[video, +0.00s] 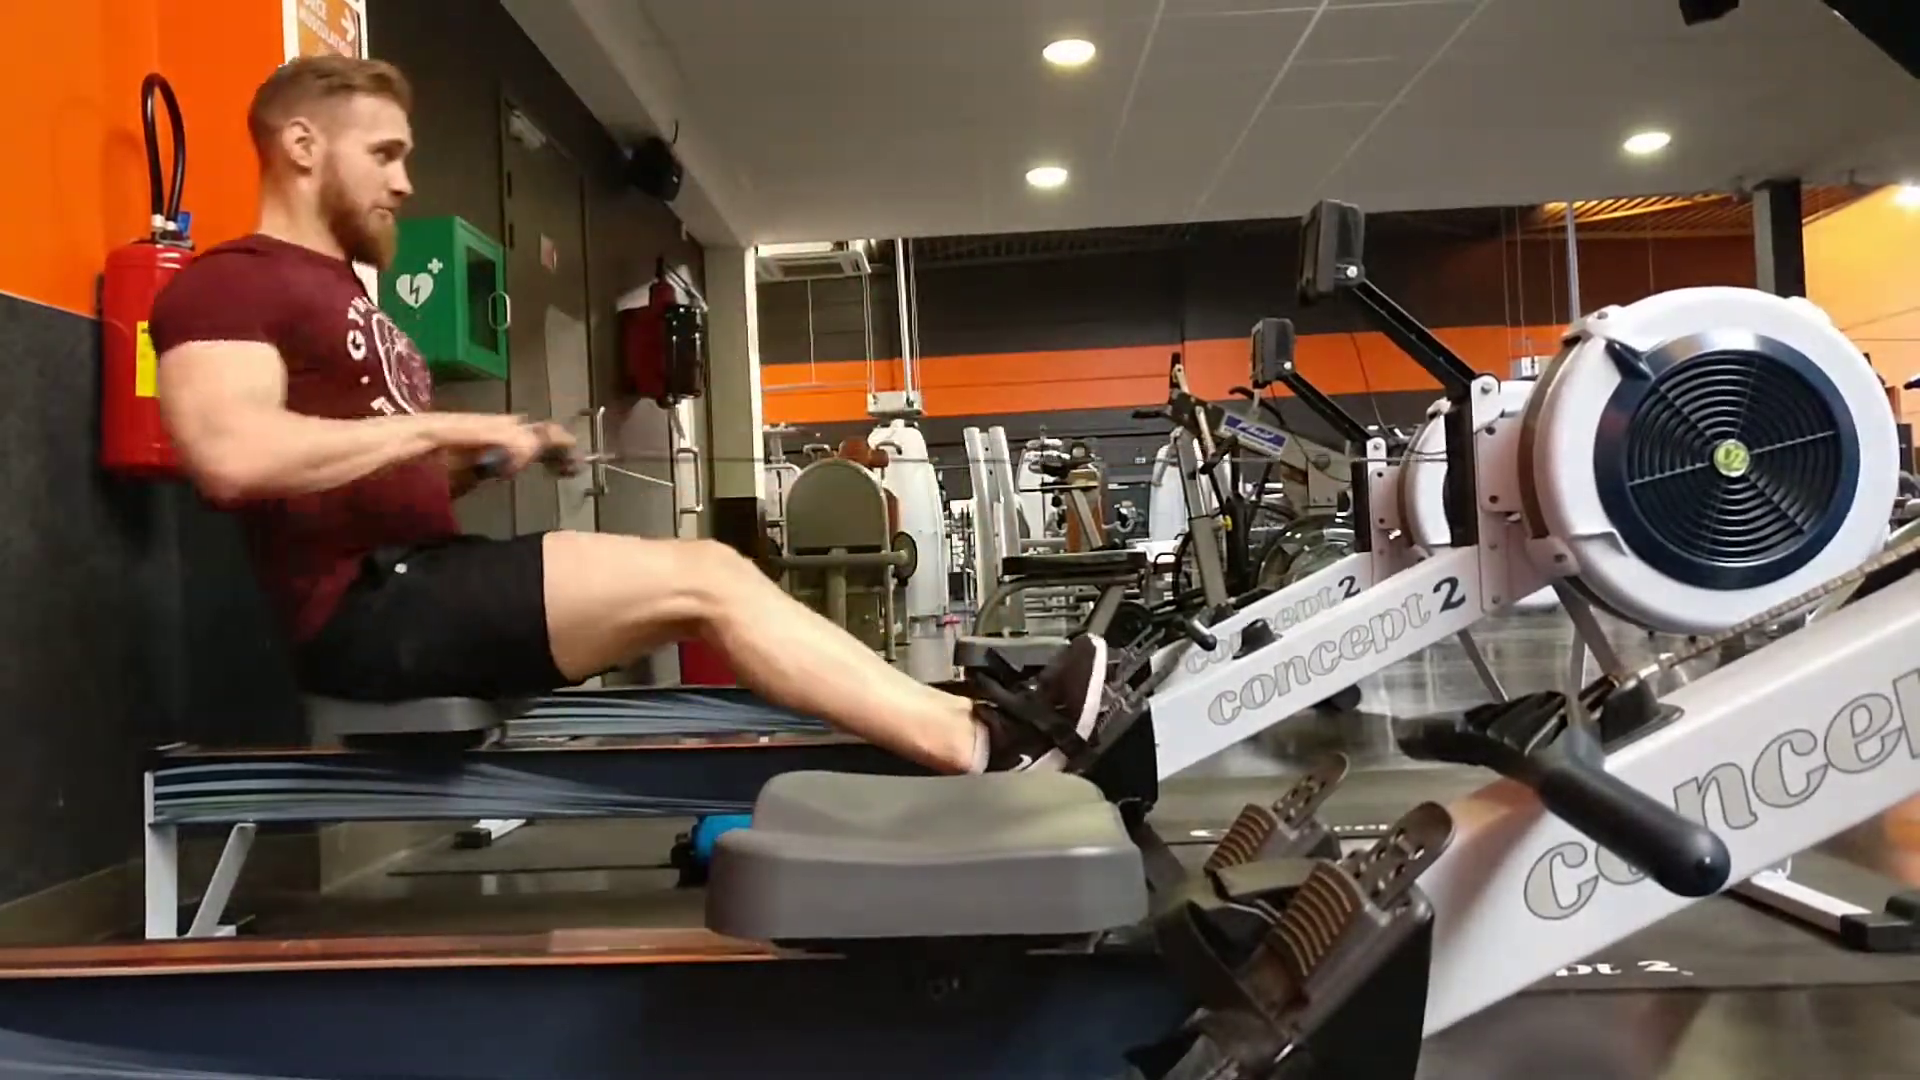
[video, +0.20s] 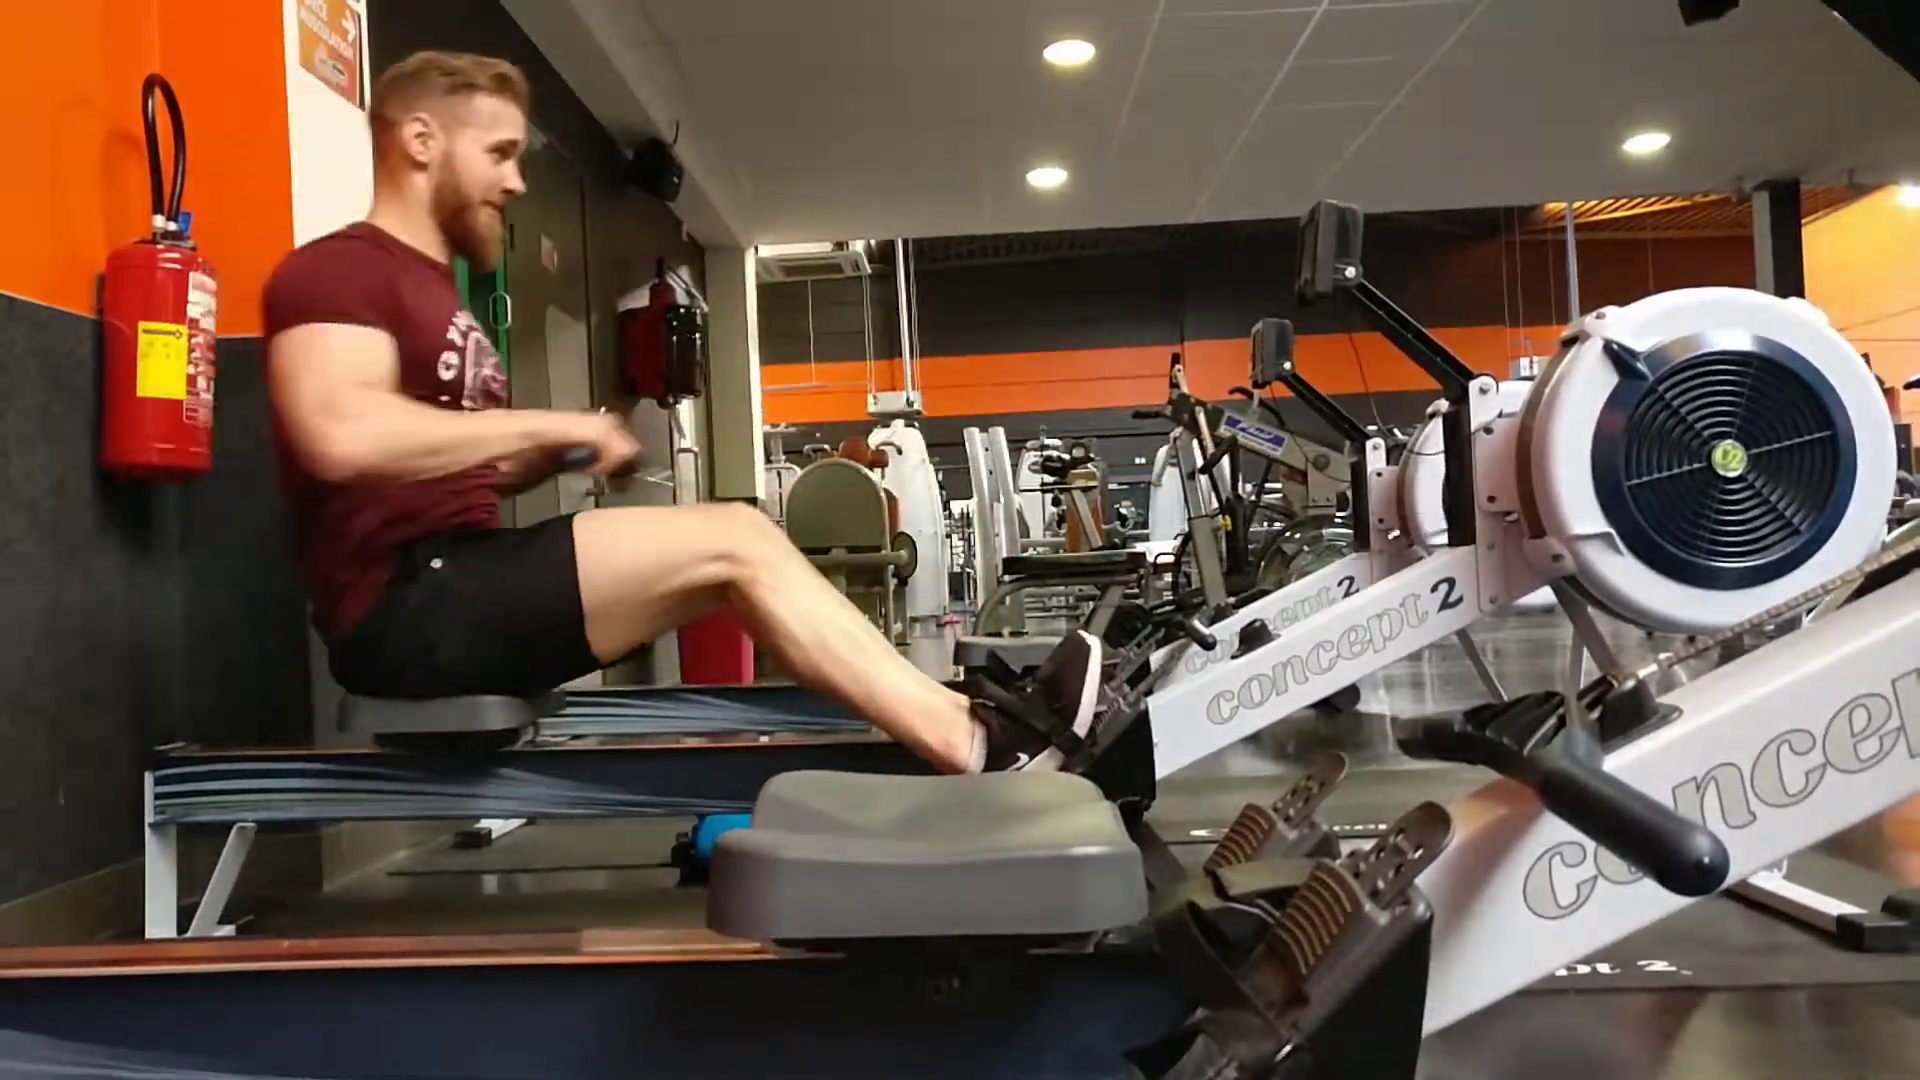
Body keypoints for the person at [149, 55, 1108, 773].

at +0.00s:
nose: (406, 185)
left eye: (406, 161)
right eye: (386, 156)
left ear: (315, 152)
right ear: (298, 148)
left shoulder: (354, 298)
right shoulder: (233, 280)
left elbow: (379, 467)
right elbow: (231, 455)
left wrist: (489, 449)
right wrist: (435, 429)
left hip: (424, 590)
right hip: (365, 608)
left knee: (713, 568)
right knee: (709, 567)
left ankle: (974, 731)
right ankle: (973, 752)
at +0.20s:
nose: (515, 182)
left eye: (516, 160)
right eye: (500, 154)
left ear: (428, 149)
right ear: (413, 141)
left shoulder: (442, 295)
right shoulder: (342, 271)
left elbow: (454, 464)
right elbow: (341, 436)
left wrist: (555, 441)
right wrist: (548, 431)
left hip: (459, 597)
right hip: (405, 613)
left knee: (740, 534)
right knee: (737, 535)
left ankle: (958, 730)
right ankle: (961, 743)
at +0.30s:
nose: (609, 180)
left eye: (611, 159)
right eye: (593, 153)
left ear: (521, 147)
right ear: (512, 138)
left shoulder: (519, 293)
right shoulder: (444, 268)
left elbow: (608, 444)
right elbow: (547, 423)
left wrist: (746, 413)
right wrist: (755, 392)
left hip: (517, 599)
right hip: (472, 611)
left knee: (790, 498)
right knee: (784, 502)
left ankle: (977, 724)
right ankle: (972, 742)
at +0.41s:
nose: (727, 185)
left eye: (729, 160)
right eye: (715, 154)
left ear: (642, 147)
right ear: (638, 141)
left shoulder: (645, 287)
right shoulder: (571, 269)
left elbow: (758, 419)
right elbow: (751, 400)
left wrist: (921, 422)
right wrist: (949, 402)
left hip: (610, 608)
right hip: (568, 618)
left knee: (869, 459)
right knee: (861, 461)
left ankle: (979, 720)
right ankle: (982, 739)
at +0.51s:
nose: (832, 185)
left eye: (834, 162)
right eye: (821, 156)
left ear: (747, 146)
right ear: (749, 140)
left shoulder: (700, 269)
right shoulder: (684, 265)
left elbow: (883, 397)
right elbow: (896, 404)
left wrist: (1055, 439)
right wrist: (1069, 436)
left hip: (666, 611)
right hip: (656, 619)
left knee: (908, 442)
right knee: (914, 448)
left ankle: (982, 713)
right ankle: (982, 730)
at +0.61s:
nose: (918, 188)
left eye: (922, 163)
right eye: (909, 157)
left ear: (838, 146)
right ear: (838, 141)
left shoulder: (790, 262)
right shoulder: (779, 262)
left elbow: (973, 396)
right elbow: (994, 405)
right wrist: (1170, 461)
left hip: (737, 606)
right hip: (726, 615)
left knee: (961, 419)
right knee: (958, 421)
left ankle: (981, 703)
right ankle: (982, 713)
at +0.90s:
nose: (908, 162)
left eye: (907, 136)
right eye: (896, 133)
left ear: (826, 129)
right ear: (826, 123)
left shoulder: (793, 252)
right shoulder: (775, 247)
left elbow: (973, 388)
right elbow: (981, 384)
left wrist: (1153, 435)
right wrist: (1170, 433)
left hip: (756, 598)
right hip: (744, 609)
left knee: (978, 420)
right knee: (981, 429)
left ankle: (997, 685)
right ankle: (987, 713)